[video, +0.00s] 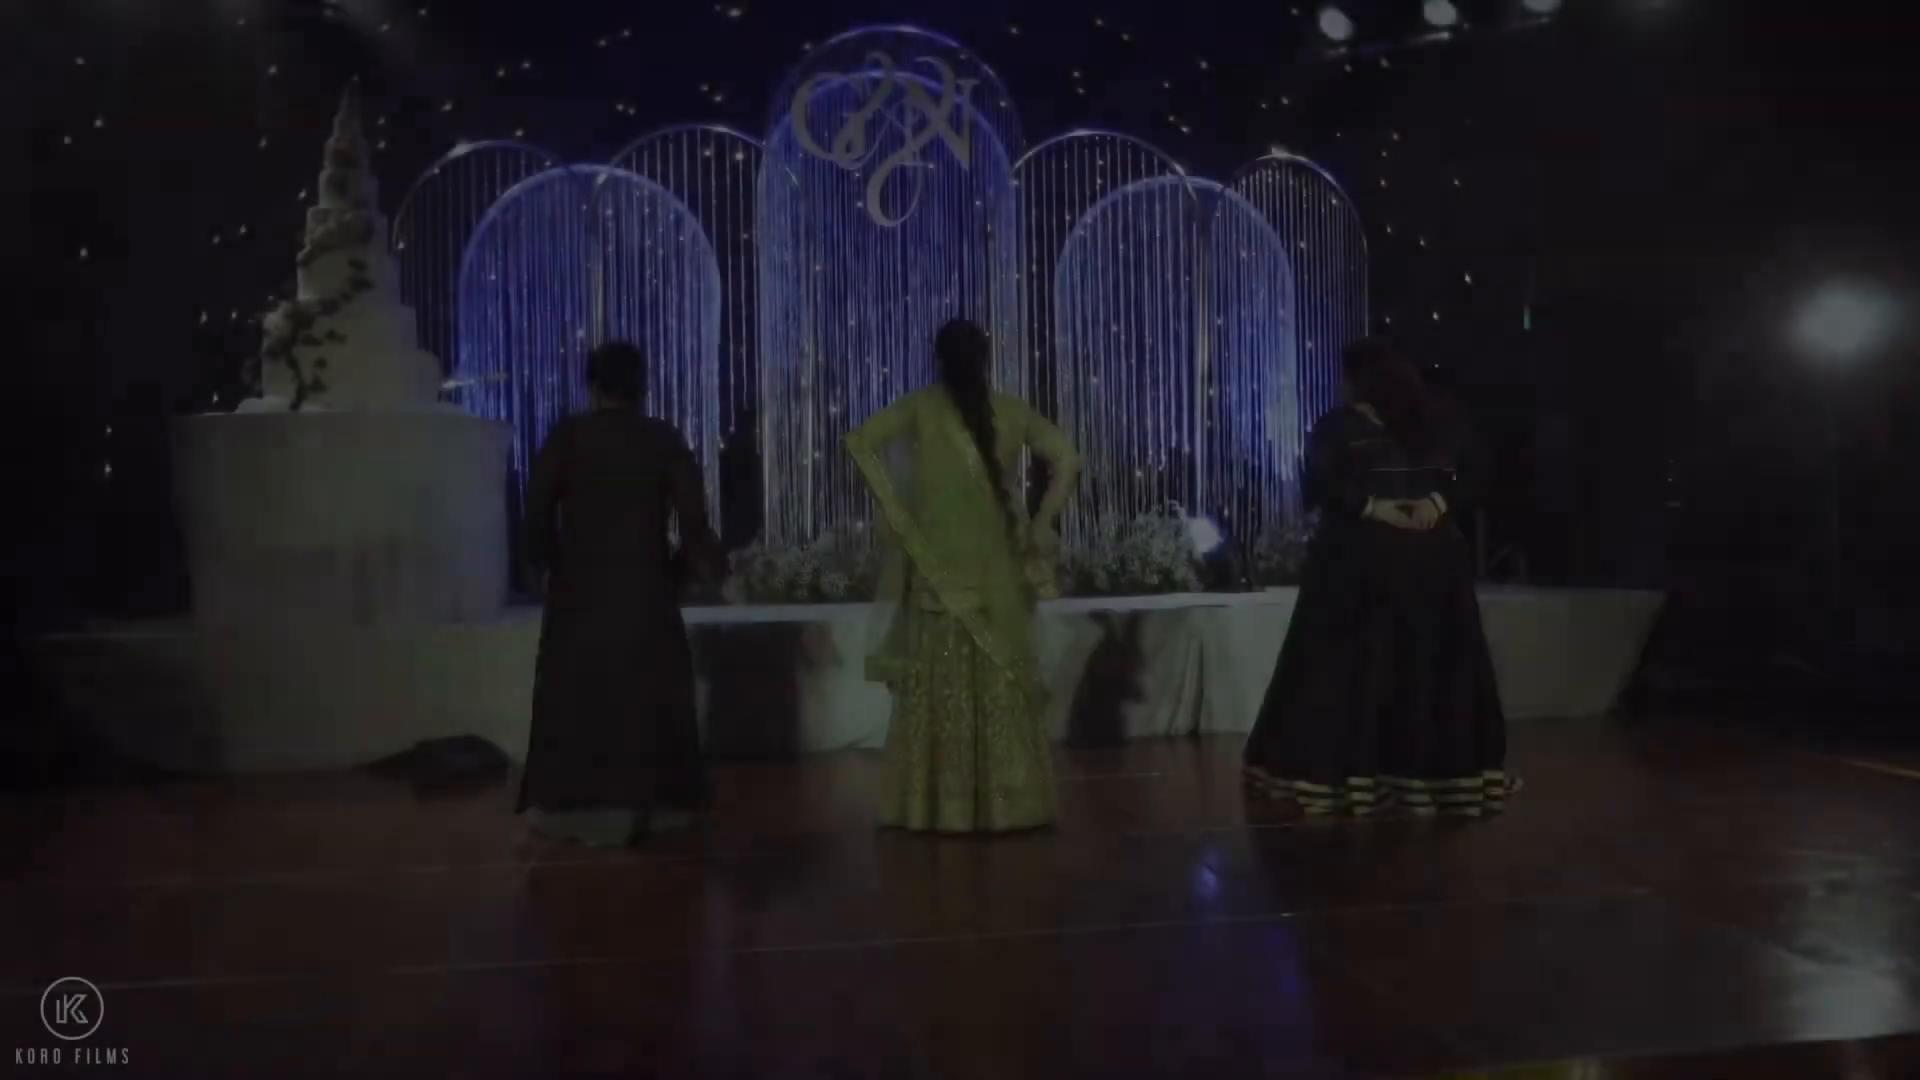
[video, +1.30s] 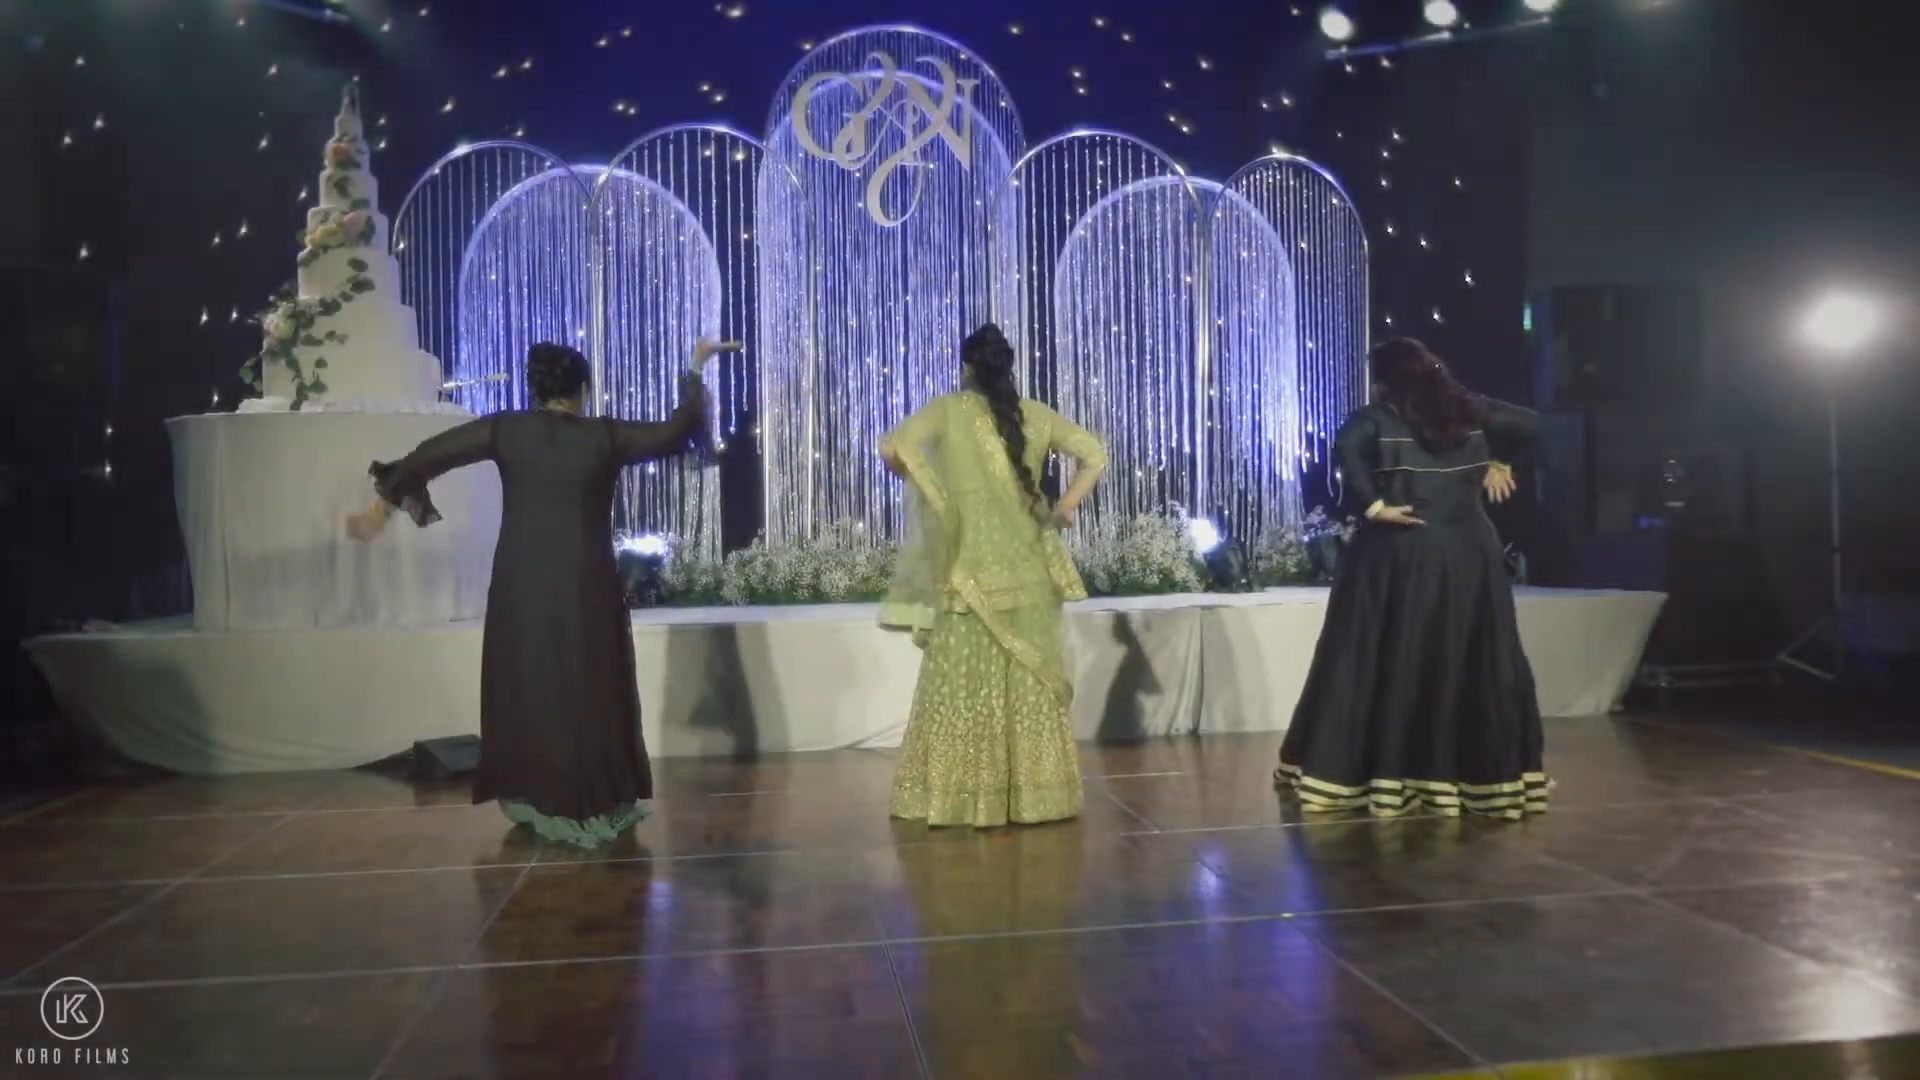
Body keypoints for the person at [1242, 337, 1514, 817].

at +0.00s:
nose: (1343, 385)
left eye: (1345, 378)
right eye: (1345, 377)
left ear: (1353, 379)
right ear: (1403, 376)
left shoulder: (1337, 427)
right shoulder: (1434, 421)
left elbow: (1321, 485)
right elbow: (1468, 472)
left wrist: (1373, 507)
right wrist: (1437, 502)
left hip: (1361, 566)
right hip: (1431, 565)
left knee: (1357, 666)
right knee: (1428, 665)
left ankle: (1358, 779)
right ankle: (1430, 778)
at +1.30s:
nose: (1375, 386)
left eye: (1376, 379)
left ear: (1382, 380)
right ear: (1431, 370)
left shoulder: (1373, 420)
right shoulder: (1465, 408)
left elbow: (1347, 453)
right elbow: (1528, 423)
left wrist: (1371, 505)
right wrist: (1500, 461)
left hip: (1405, 554)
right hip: (1471, 550)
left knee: (1397, 664)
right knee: (1470, 663)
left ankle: (1393, 780)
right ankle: (1474, 781)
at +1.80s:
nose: (1389, 394)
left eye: (1391, 386)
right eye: (1388, 387)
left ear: (1405, 387)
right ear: (1450, 375)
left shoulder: (1401, 430)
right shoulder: (1488, 414)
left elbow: (1379, 490)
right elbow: (1549, 392)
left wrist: (1349, 538)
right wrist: (1559, 336)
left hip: (1422, 551)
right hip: (1489, 547)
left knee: (1414, 659)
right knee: (1486, 661)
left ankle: (1412, 775)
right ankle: (1489, 777)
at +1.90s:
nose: (1387, 390)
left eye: (1390, 381)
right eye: (1387, 381)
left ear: (1409, 384)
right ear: (1447, 377)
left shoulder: (1403, 432)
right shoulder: (1485, 419)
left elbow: (1381, 493)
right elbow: (1545, 401)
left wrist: (1350, 547)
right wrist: (1544, 345)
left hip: (1424, 557)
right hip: (1489, 551)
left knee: (1416, 662)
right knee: (1486, 662)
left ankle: (1415, 776)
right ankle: (1492, 777)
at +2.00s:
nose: (1388, 394)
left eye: (1391, 384)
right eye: (1387, 385)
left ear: (1408, 386)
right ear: (1448, 378)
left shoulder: (1406, 429)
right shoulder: (1487, 416)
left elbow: (1388, 485)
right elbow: (1540, 417)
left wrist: (1340, 510)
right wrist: (1524, 365)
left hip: (1426, 551)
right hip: (1489, 545)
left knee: (1419, 660)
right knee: (1487, 660)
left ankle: (1419, 777)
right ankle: (1492, 777)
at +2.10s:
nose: (1388, 394)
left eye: (1392, 385)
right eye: (1389, 385)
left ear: (1406, 387)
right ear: (1448, 379)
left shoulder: (1407, 429)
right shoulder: (1485, 418)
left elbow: (1372, 477)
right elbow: (1539, 419)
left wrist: (1342, 444)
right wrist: (1511, 381)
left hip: (1425, 552)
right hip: (1489, 546)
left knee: (1419, 660)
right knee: (1487, 660)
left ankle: (1419, 777)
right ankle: (1493, 777)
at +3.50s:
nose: (1401, 398)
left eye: (1403, 390)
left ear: (1415, 391)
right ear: (1463, 375)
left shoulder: (1415, 439)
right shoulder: (1497, 409)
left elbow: (1368, 491)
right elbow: (1516, 349)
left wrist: (1305, 496)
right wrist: (1526, 283)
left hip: (1439, 568)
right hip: (1508, 561)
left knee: (1427, 670)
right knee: (1505, 669)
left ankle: (1427, 783)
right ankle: (1507, 783)